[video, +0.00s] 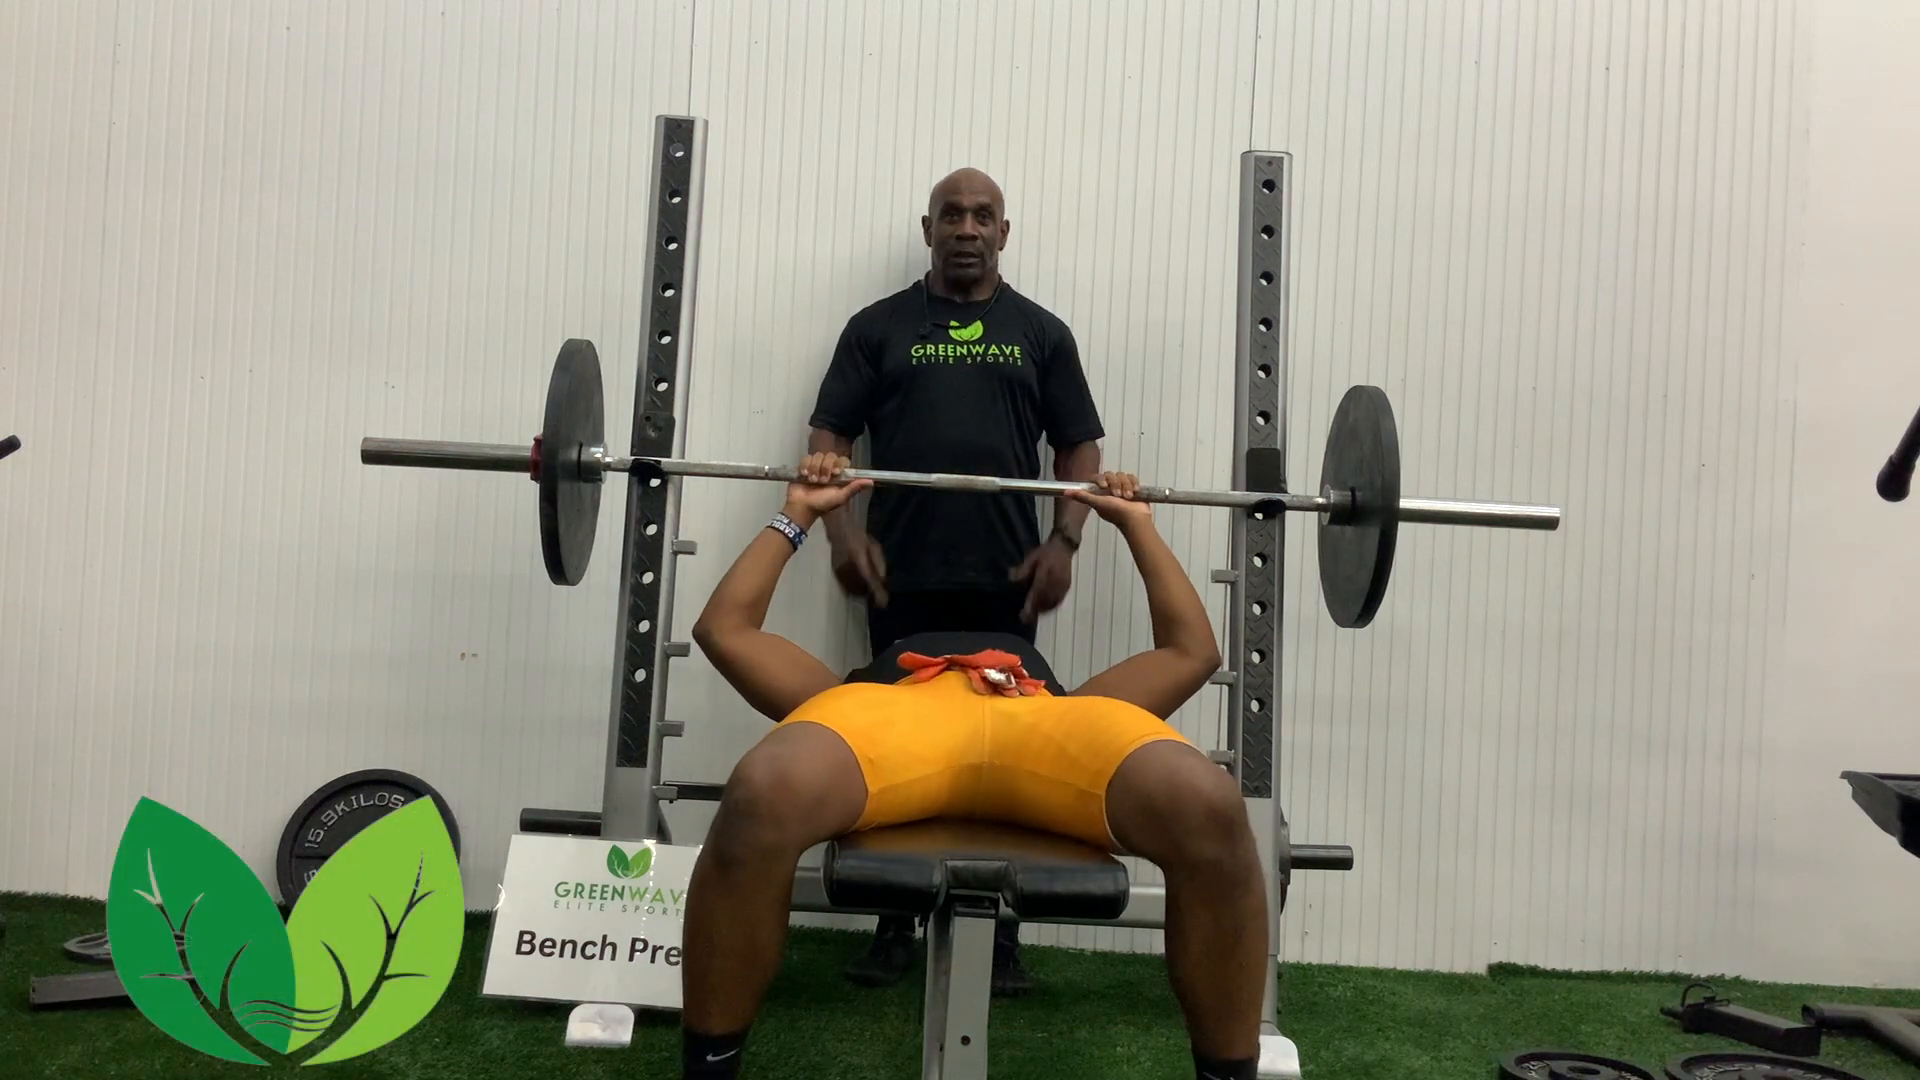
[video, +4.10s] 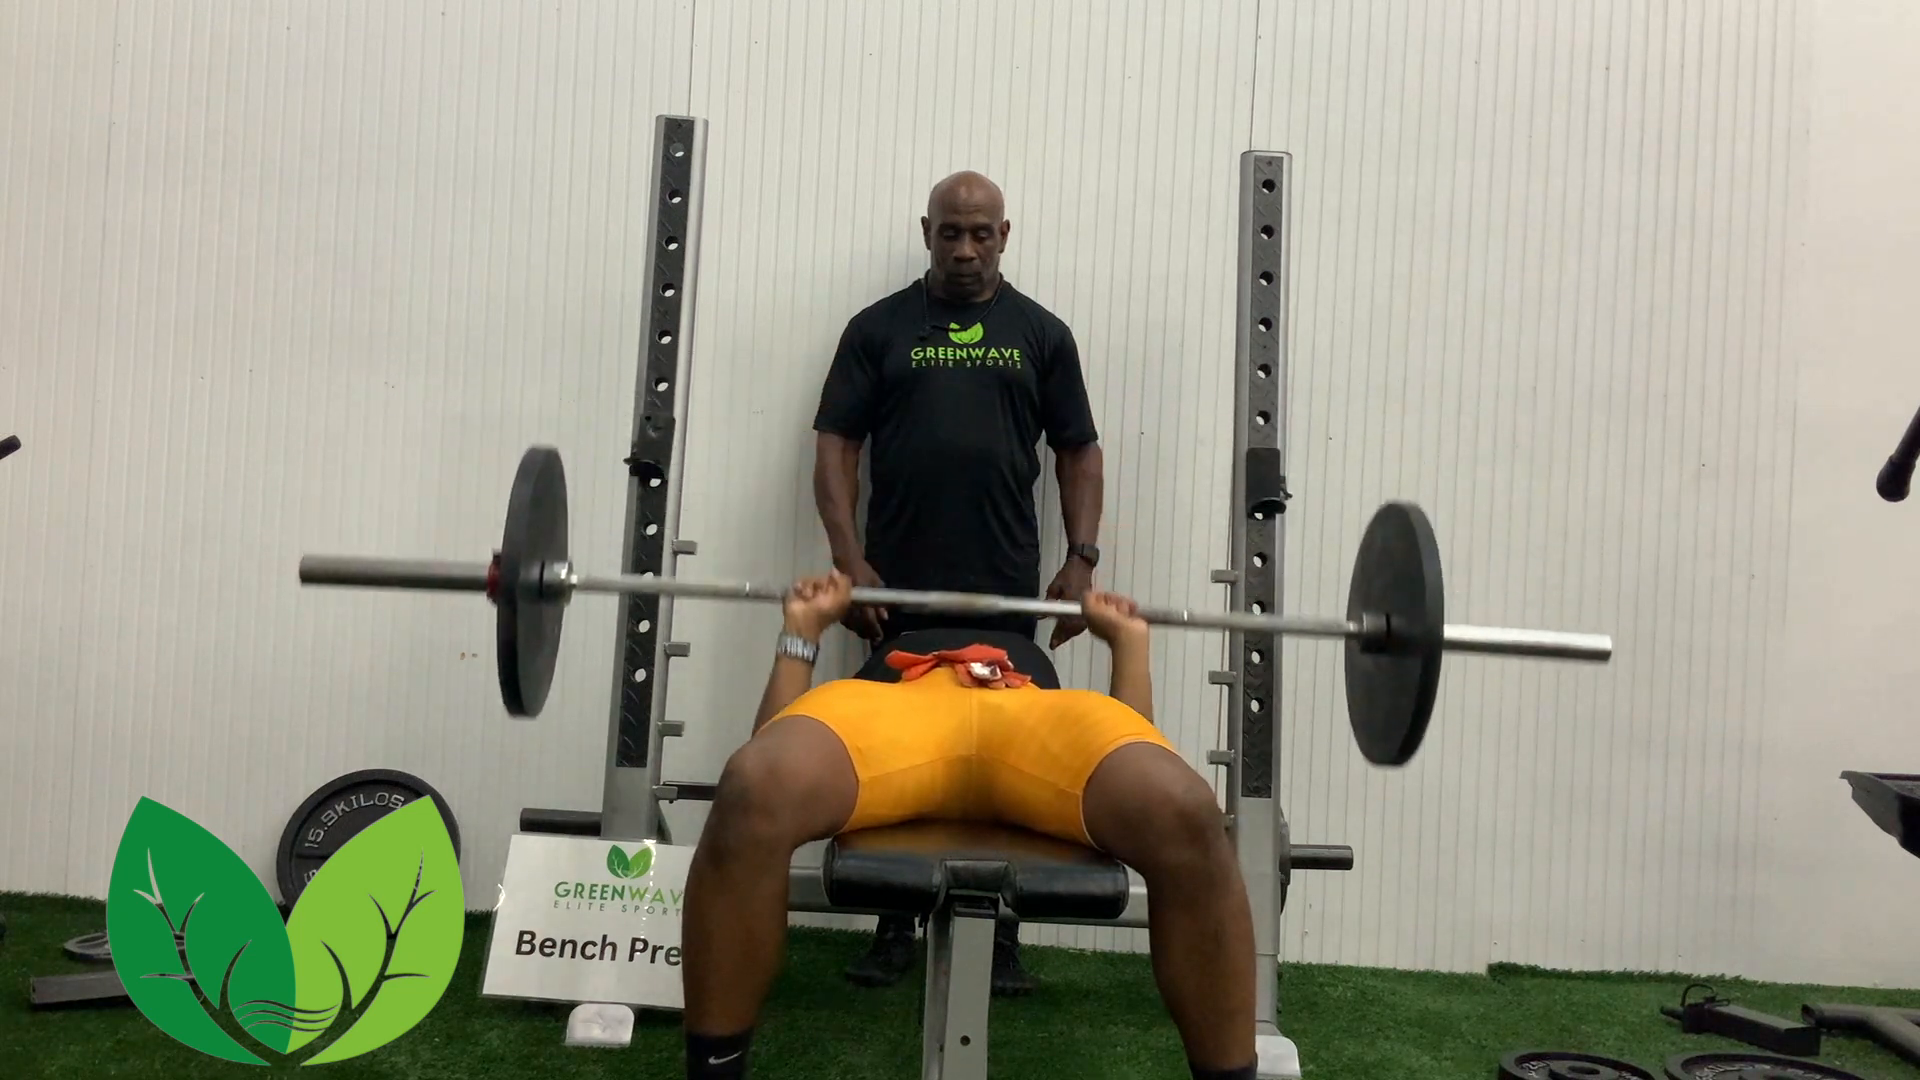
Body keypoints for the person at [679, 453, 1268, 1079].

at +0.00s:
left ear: (1033, 682)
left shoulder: (1069, 705)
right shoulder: (858, 690)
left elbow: (1193, 649)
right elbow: (725, 626)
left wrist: (1134, 519)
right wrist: (799, 514)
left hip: (1053, 717)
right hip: (886, 705)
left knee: (1212, 811)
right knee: (757, 798)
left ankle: (1230, 1072)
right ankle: (708, 1068)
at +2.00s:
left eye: (1001, 647)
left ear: (1030, 673)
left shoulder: (1067, 696)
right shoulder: (861, 689)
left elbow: (1175, 643)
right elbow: (740, 625)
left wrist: (1116, 514)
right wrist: (807, 508)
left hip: (1048, 711)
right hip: (886, 704)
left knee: (1196, 808)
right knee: (755, 791)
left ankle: (1227, 1072)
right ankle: (711, 1068)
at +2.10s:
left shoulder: (1067, 694)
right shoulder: (861, 687)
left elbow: (1167, 632)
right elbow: (749, 613)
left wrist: (1120, 500)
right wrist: (808, 488)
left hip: (1050, 711)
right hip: (881, 704)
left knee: (1197, 810)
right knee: (748, 786)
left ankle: (1227, 1074)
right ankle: (710, 1068)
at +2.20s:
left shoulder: (1065, 689)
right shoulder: (855, 687)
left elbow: (1154, 609)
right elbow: (768, 587)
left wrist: (1124, 467)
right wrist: (810, 456)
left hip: (1040, 709)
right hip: (884, 706)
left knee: (1193, 811)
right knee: (740, 784)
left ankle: (1226, 1071)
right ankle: (708, 1061)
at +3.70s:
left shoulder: (1064, 685)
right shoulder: (861, 677)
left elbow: (1138, 603)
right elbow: (779, 587)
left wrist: (1130, 449)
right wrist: (809, 442)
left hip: (1039, 706)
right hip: (887, 698)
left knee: (1189, 812)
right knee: (756, 784)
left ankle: (1230, 1072)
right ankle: (716, 1064)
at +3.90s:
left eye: (992, 651)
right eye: (931, 651)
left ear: (1011, 659)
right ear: (907, 657)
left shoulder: (1050, 686)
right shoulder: (868, 682)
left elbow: (1143, 686)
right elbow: (759, 672)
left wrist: (1129, 539)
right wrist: (803, 535)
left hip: (1043, 707)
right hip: (890, 699)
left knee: (1190, 816)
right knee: (751, 794)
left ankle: (1231, 1070)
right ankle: (714, 1067)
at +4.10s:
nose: (969, 654)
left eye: (994, 656)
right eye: (940, 653)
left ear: (1028, 687)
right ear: (910, 665)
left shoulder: (1047, 700)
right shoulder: (883, 683)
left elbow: (1134, 749)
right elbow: (771, 760)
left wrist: (1130, 642)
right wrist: (801, 636)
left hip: (1044, 714)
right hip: (888, 702)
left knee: (1187, 817)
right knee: (752, 791)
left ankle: (1232, 1073)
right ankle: (713, 1071)